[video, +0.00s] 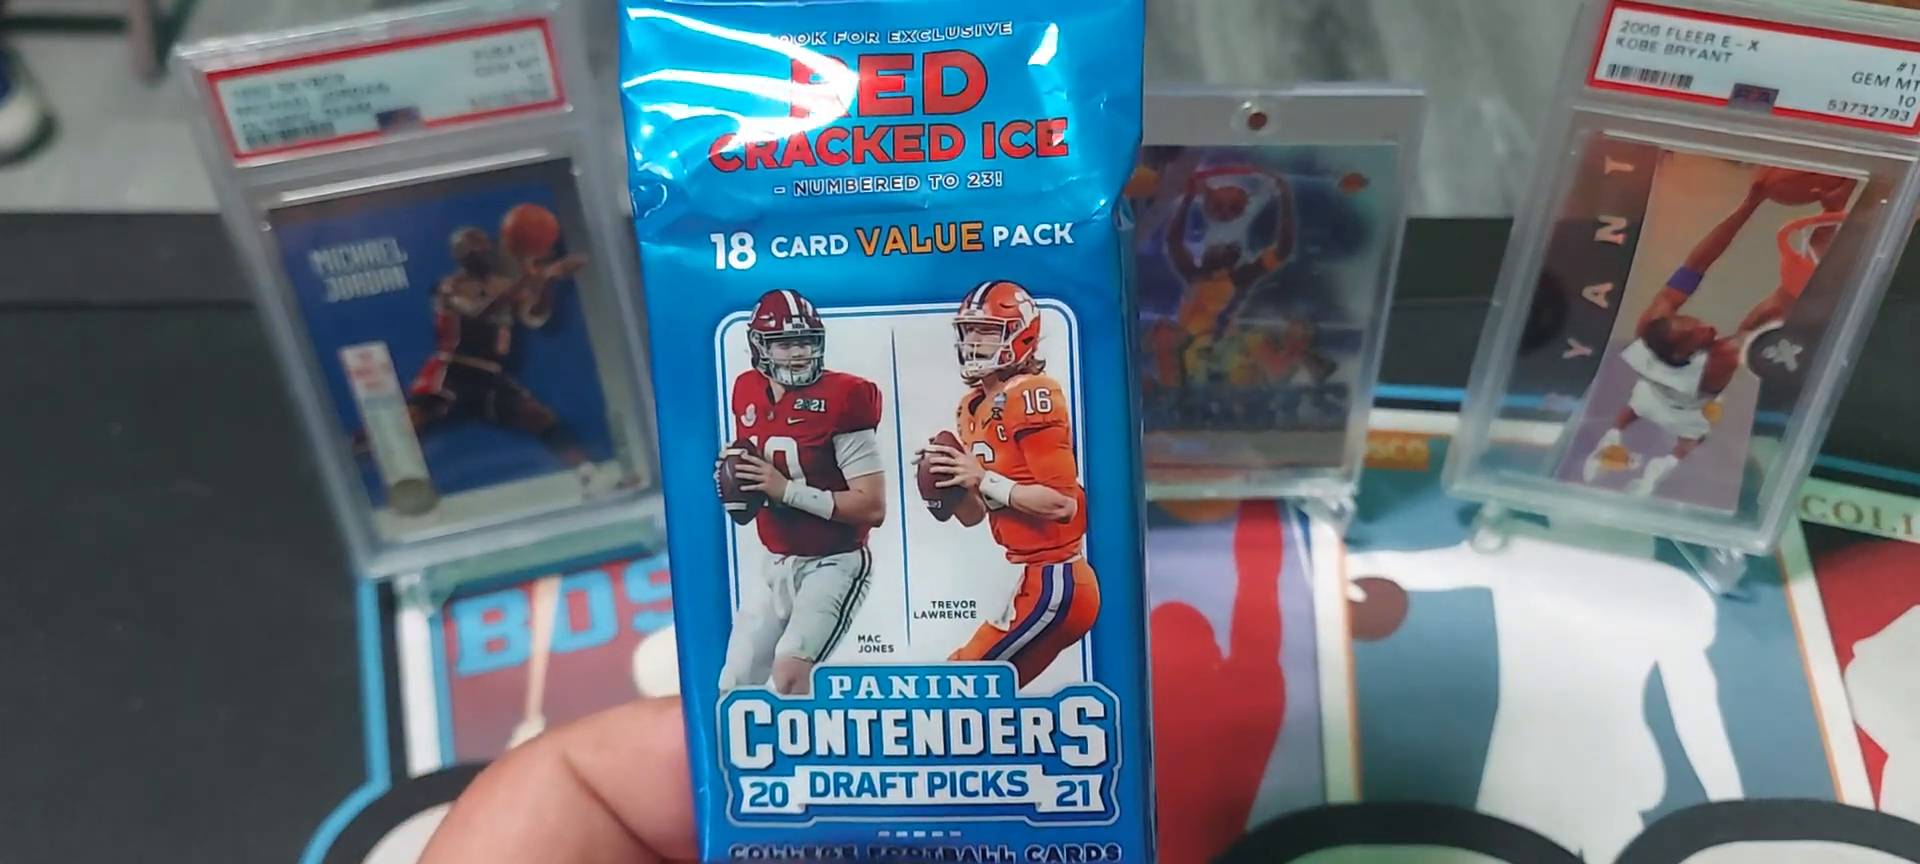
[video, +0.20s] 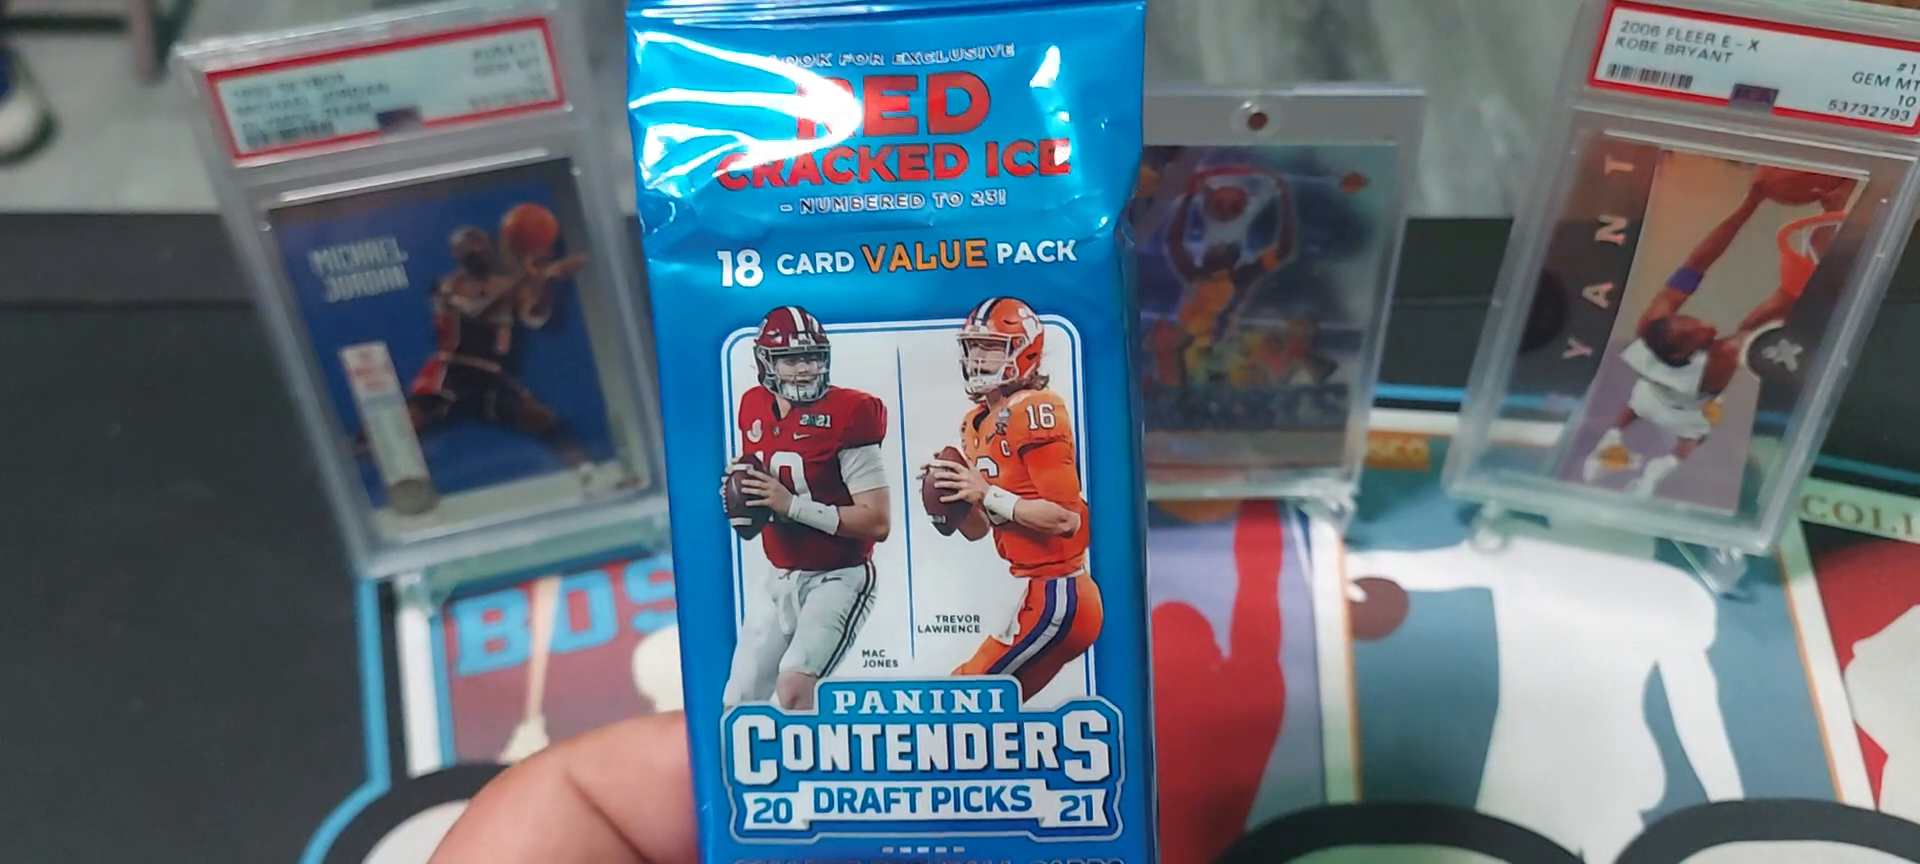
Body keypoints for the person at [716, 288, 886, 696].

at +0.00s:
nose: (796, 353)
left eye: (804, 342)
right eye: (783, 343)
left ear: (818, 344)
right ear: (760, 346)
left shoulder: (846, 397)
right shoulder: (747, 390)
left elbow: (872, 507)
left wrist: (786, 490)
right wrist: (732, 475)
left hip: (837, 563)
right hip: (775, 565)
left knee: (788, 677)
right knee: (734, 685)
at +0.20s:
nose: (805, 368)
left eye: (813, 357)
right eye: (791, 358)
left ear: (825, 358)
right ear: (767, 363)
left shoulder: (852, 413)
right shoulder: (754, 406)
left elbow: (877, 522)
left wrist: (791, 505)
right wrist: (739, 495)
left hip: (841, 577)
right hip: (780, 580)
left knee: (793, 691)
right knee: (738, 703)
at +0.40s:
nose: (812, 379)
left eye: (821, 368)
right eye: (799, 369)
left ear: (833, 370)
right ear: (775, 372)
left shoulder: (861, 424)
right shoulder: (762, 415)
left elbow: (886, 535)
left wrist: (799, 515)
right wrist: (745, 502)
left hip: (850, 589)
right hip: (788, 591)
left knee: (800, 703)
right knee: (745, 714)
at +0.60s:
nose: (789, 353)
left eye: (798, 342)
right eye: (777, 343)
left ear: (811, 343)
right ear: (752, 346)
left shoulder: (839, 398)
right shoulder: (739, 390)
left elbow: (863, 508)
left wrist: (775, 490)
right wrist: (724, 480)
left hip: (828, 564)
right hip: (767, 567)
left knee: (779, 678)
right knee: (724, 690)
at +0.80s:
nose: (781, 366)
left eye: (790, 354)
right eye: (767, 356)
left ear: (804, 357)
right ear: (745, 361)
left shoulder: (834, 413)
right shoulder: (735, 404)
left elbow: (862, 524)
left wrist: (773, 506)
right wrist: (720, 499)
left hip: (827, 581)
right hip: (766, 583)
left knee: (780, 694)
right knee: (724, 705)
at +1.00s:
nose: (904, 412)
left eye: (914, 400)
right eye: (890, 400)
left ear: (928, 402)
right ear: (865, 403)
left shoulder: (956, 461)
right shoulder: (852, 447)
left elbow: (975, 577)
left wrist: (885, 553)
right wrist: (832, 543)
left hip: (935, 635)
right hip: (871, 632)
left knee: (881, 748)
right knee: (823, 757)